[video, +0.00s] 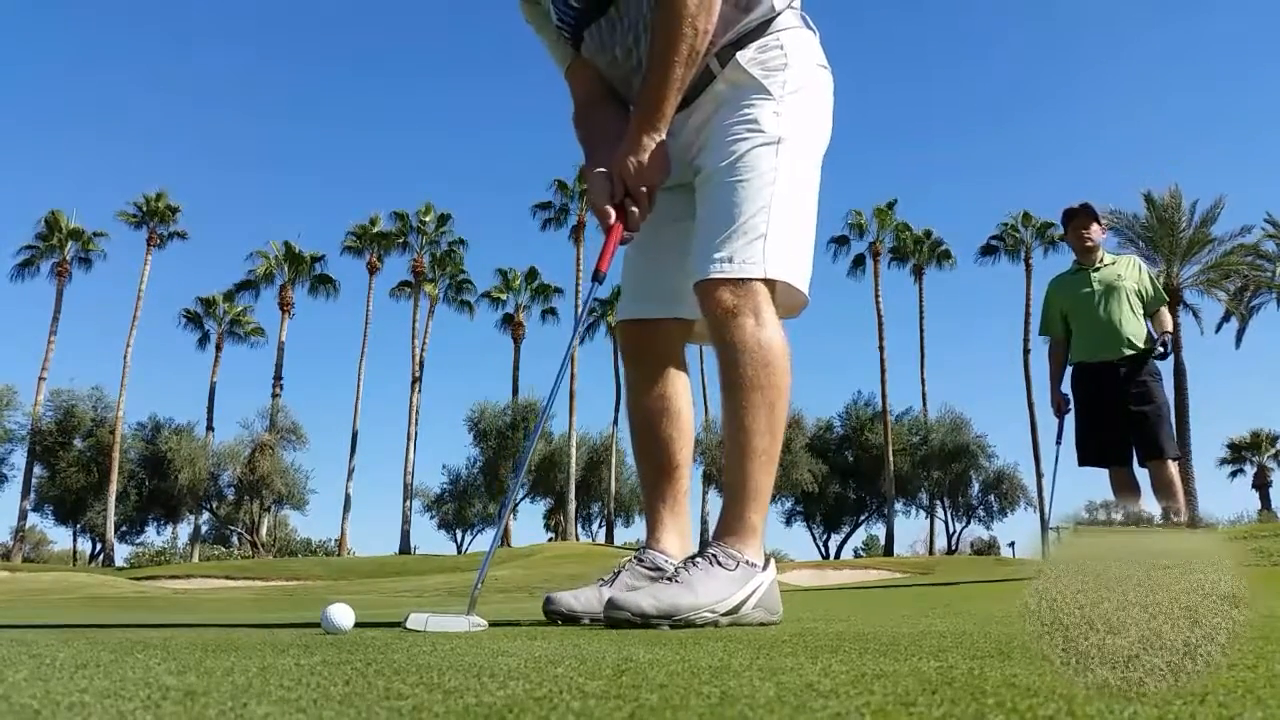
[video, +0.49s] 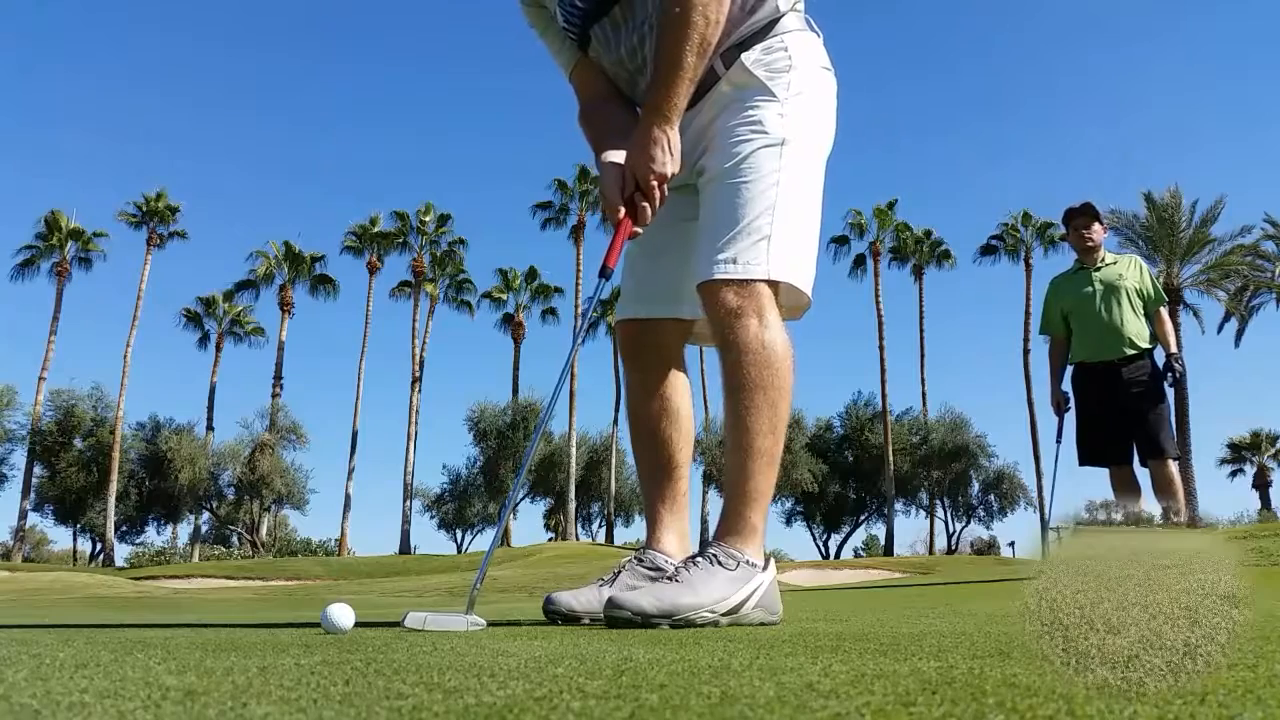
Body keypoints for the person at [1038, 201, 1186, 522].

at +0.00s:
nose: (1085, 232)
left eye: (1089, 226)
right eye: (1076, 229)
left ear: (1102, 230)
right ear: (1067, 238)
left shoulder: (1132, 266)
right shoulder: (1060, 286)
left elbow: (1158, 308)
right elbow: (1057, 342)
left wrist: (1164, 333)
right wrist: (1055, 389)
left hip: (1138, 372)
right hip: (1093, 379)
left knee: (1159, 455)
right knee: (1117, 462)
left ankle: (1177, 529)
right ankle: (1134, 533)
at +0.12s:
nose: (1084, 232)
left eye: (1089, 225)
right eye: (1076, 229)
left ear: (1101, 230)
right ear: (1066, 239)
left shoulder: (1132, 266)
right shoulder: (1060, 286)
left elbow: (1158, 310)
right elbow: (1057, 341)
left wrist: (1170, 347)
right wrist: (1056, 388)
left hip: (1138, 373)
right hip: (1093, 380)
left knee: (1159, 455)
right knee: (1117, 463)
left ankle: (1178, 530)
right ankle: (1135, 536)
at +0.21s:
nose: (1084, 232)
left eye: (1089, 226)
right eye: (1076, 229)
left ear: (1101, 230)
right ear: (1066, 239)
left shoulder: (1131, 266)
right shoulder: (1060, 286)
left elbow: (1158, 312)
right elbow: (1057, 341)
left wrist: (1171, 352)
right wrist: (1055, 387)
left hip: (1139, 373)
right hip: (1093, 380)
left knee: (1160, 455)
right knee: (1117, 462)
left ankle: (1178, 529)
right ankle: (1135, 534)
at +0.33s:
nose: (1084, 232)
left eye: (1089, 226)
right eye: (1076, 229)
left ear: (1102, 230)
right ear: (1067, 239)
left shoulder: (1132, 265)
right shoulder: (1060, 286)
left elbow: (1158, 312)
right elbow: (1058, 341)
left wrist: (1172, 354)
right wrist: (1055, 387)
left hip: (1139, 373)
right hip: (1093, 380)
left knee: (1160, 456)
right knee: (1117, 463)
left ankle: (1178, 530)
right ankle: (1135, 535)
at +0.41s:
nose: (1084, 233)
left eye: (1089, 226)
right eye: (1076, 229)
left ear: (1102, 230)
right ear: (1067, 238)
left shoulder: (1133, 266)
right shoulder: (1061, 285)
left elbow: (1158, 312)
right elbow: (1058, 340)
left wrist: (1172, 353)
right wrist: (1055, 386)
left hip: (1139, 373)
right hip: (1093, 380)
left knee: (1160, 455)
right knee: (1117, 462)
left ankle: (1178, 530)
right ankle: (1135, 535)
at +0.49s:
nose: (1084, 233)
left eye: (1089, 226)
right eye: (1076, 229)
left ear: (1103, 230)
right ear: (1068, 238)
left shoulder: (1133, 266)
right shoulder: (1061, 285)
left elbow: (1158, 313)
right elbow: (1058, 340)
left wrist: (1173, 354)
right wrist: (1056, 387)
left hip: (1139, 373)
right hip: (1093, 380)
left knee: (1160, 455)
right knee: (1117, 462)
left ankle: (1178, 530)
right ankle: (1135, 535)